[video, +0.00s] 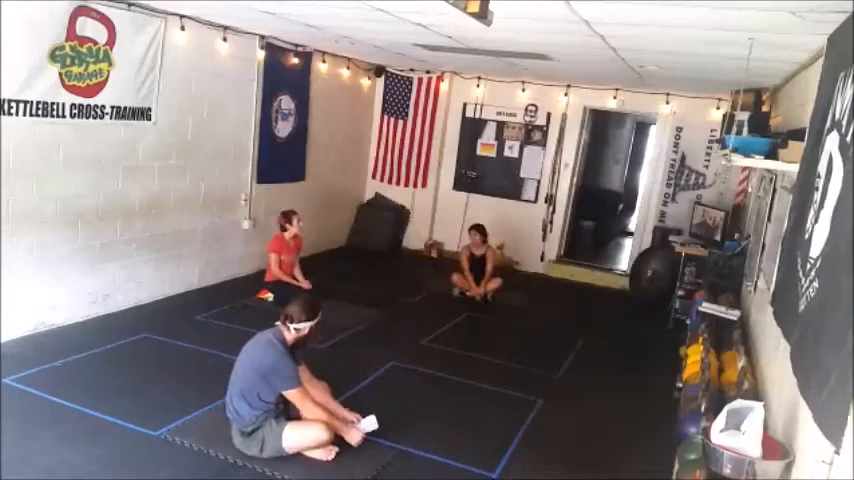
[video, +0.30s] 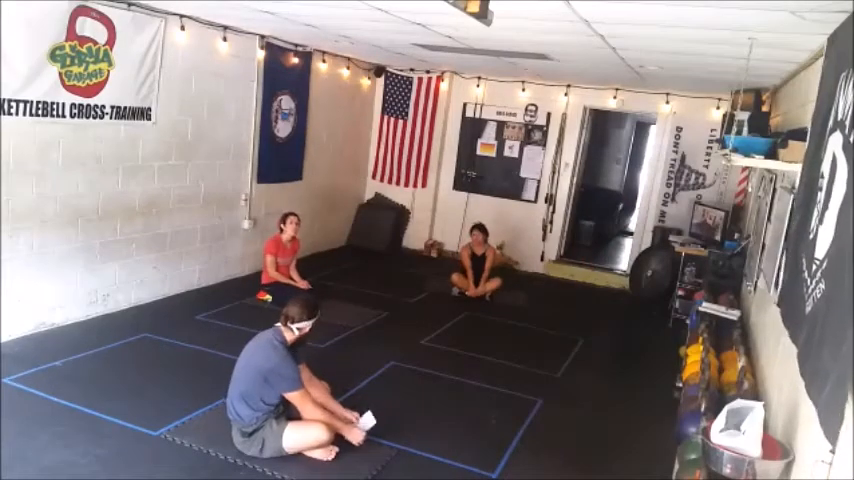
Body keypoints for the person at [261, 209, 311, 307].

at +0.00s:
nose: (301, 224)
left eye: (300, 221)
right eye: (298, 221)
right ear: (288, 225)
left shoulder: (297, 239)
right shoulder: (276, 242)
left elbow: (295, 264)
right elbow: (275, 270)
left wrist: (302, 281)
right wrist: (298, 284)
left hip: (289, 279)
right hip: (274, 281)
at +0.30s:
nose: (294, 227)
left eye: (296, 224)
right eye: (291, 223)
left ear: (299, 227)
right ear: (282, 226)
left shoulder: (295, 243)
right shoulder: (272, 243)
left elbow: (292, 268)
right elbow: (271, 272)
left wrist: (300, 282)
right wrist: (296, 284)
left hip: (286, 281)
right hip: (271, 283)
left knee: (310, 293)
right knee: (302, 298)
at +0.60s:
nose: (294, 226)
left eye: (296, 223)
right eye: (290, 223)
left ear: (298, 225)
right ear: (282, 225)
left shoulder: (295, 242)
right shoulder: (273, 243)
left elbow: (293, 267)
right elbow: (272, 272)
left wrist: (301, 281)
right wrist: (297, 284)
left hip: (287, 280)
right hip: (272, 282)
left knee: (309, 294)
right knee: (300, 298)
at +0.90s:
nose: (296, 227)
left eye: (297, 224)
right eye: (292, 224)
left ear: (299, 225)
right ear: (283, 226)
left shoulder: (295, 242)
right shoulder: (274, 243)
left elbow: (293, 267)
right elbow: (272, 272)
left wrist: (301, 281)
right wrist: (297, 284)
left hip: (287, 281)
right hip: (272, 283)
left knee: (308, 292)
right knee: (302, 296)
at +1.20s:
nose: (299, 226)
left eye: (298, 223)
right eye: (295, 223)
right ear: (285, 227)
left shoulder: (295, 242)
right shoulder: (274, 243)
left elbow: (293, 267)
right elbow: (272, 272)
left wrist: (301, 281)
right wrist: (297, 284)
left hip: (287, 281)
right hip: (272, 283)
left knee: (309, 292)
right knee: (301, 297)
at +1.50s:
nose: (296, 227)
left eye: (298, 225)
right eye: (292, 224)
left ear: (299, 226)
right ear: (283, 226)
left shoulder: (296, 242)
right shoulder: (274, 243)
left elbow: (293, 267)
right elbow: (272, 273)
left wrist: (302, 281)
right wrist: (297, 284)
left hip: (287, 280)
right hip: (272, 282)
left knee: (307, 291)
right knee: (300, 295)